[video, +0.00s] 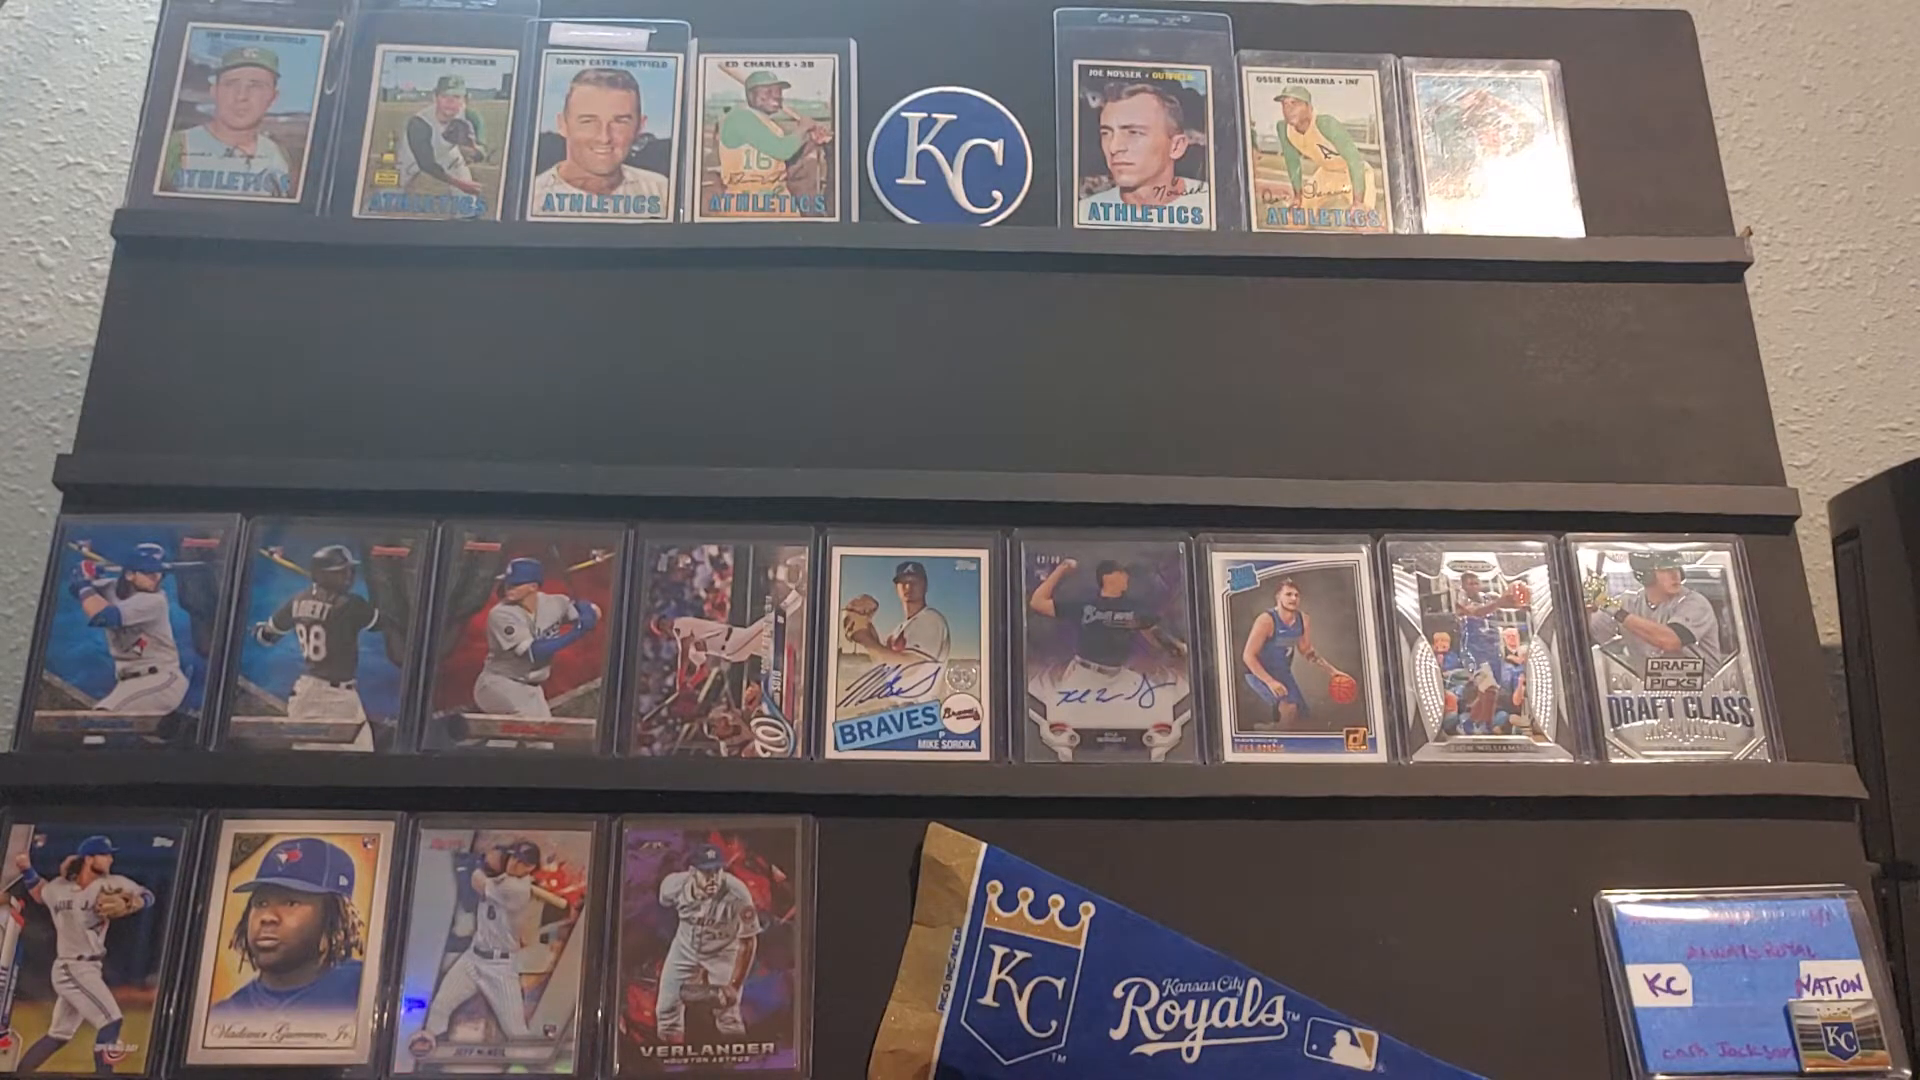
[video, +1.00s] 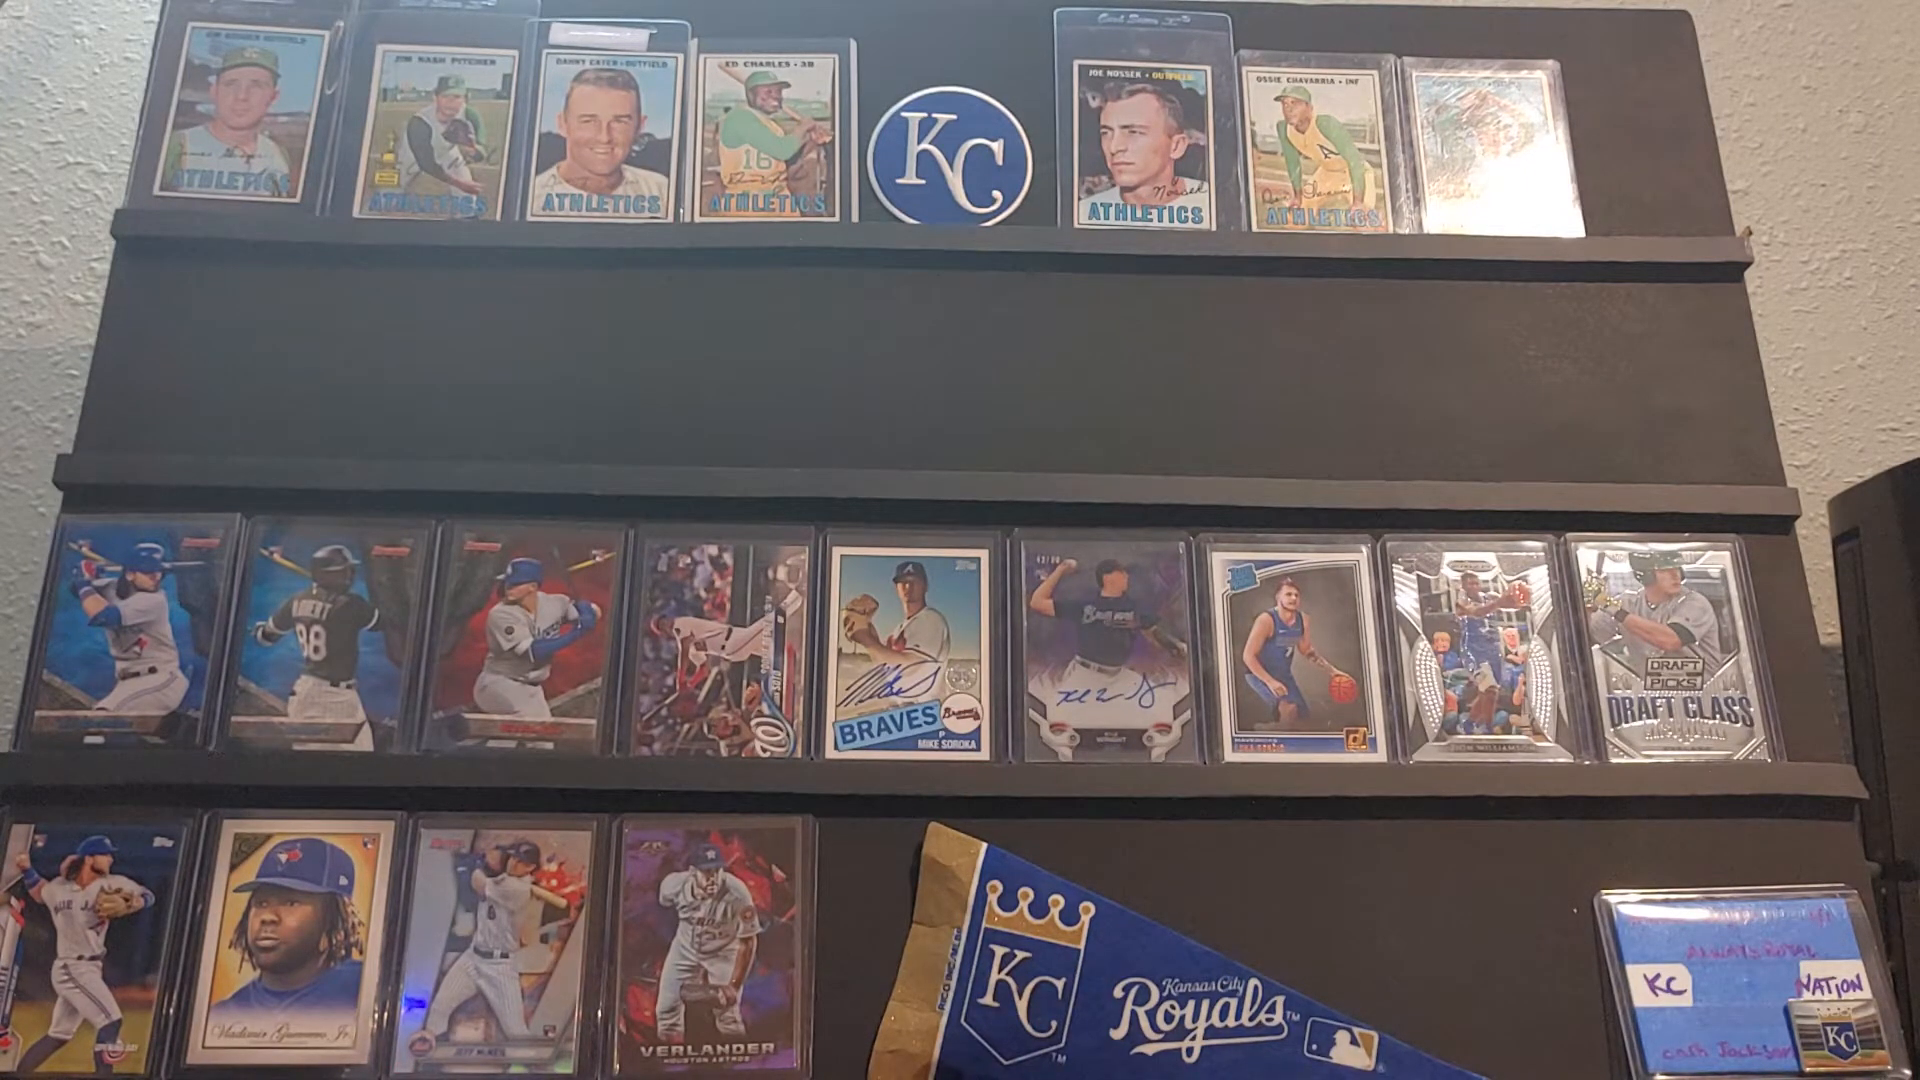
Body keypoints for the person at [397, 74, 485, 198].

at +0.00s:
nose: (451, 102)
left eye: (456, 97)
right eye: (445, 96)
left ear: (464, 101)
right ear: (436, 98)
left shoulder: (470, 117)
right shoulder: (419, 123)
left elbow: (481, 153)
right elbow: (427, 165)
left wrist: (467, 148)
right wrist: (461, 185)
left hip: (455, 166)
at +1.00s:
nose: (451, 102)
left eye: (457, 97)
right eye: (446, 96)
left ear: (464, 100)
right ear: (436, 98)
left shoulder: (469, 115)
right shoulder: (419, 123)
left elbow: (481, 154)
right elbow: (427, 165)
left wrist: (469, 150)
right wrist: (461, 185)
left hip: (453, 162)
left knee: (467, 196)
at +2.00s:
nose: (451, 102)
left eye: (457, 97)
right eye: (446, 96)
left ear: (464, 100)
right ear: (436, 98)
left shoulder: (470, 115)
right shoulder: (419, 123)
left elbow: (480, 154)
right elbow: (427, 165)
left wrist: (469, 150)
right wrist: (461, 185)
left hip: (454, 165)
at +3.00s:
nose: (451, 102)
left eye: (457, 97)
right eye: (446, 96)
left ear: (464, 100)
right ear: (436, 97)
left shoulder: (467, 116)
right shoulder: (419, 123)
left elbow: (481, 153)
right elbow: (427, 165)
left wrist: (472, 152)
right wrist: (460, 184)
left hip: (453, 164)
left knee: (467, 197)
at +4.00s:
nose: (451, 101)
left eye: (456, 97)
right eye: (446, 96)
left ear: (464, 101)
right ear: (436, 98)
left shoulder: (470, 116)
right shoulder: (419, 123)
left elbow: (481, 153)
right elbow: (427, 165)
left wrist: (470, 150)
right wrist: (461, 185)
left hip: (454, 164)